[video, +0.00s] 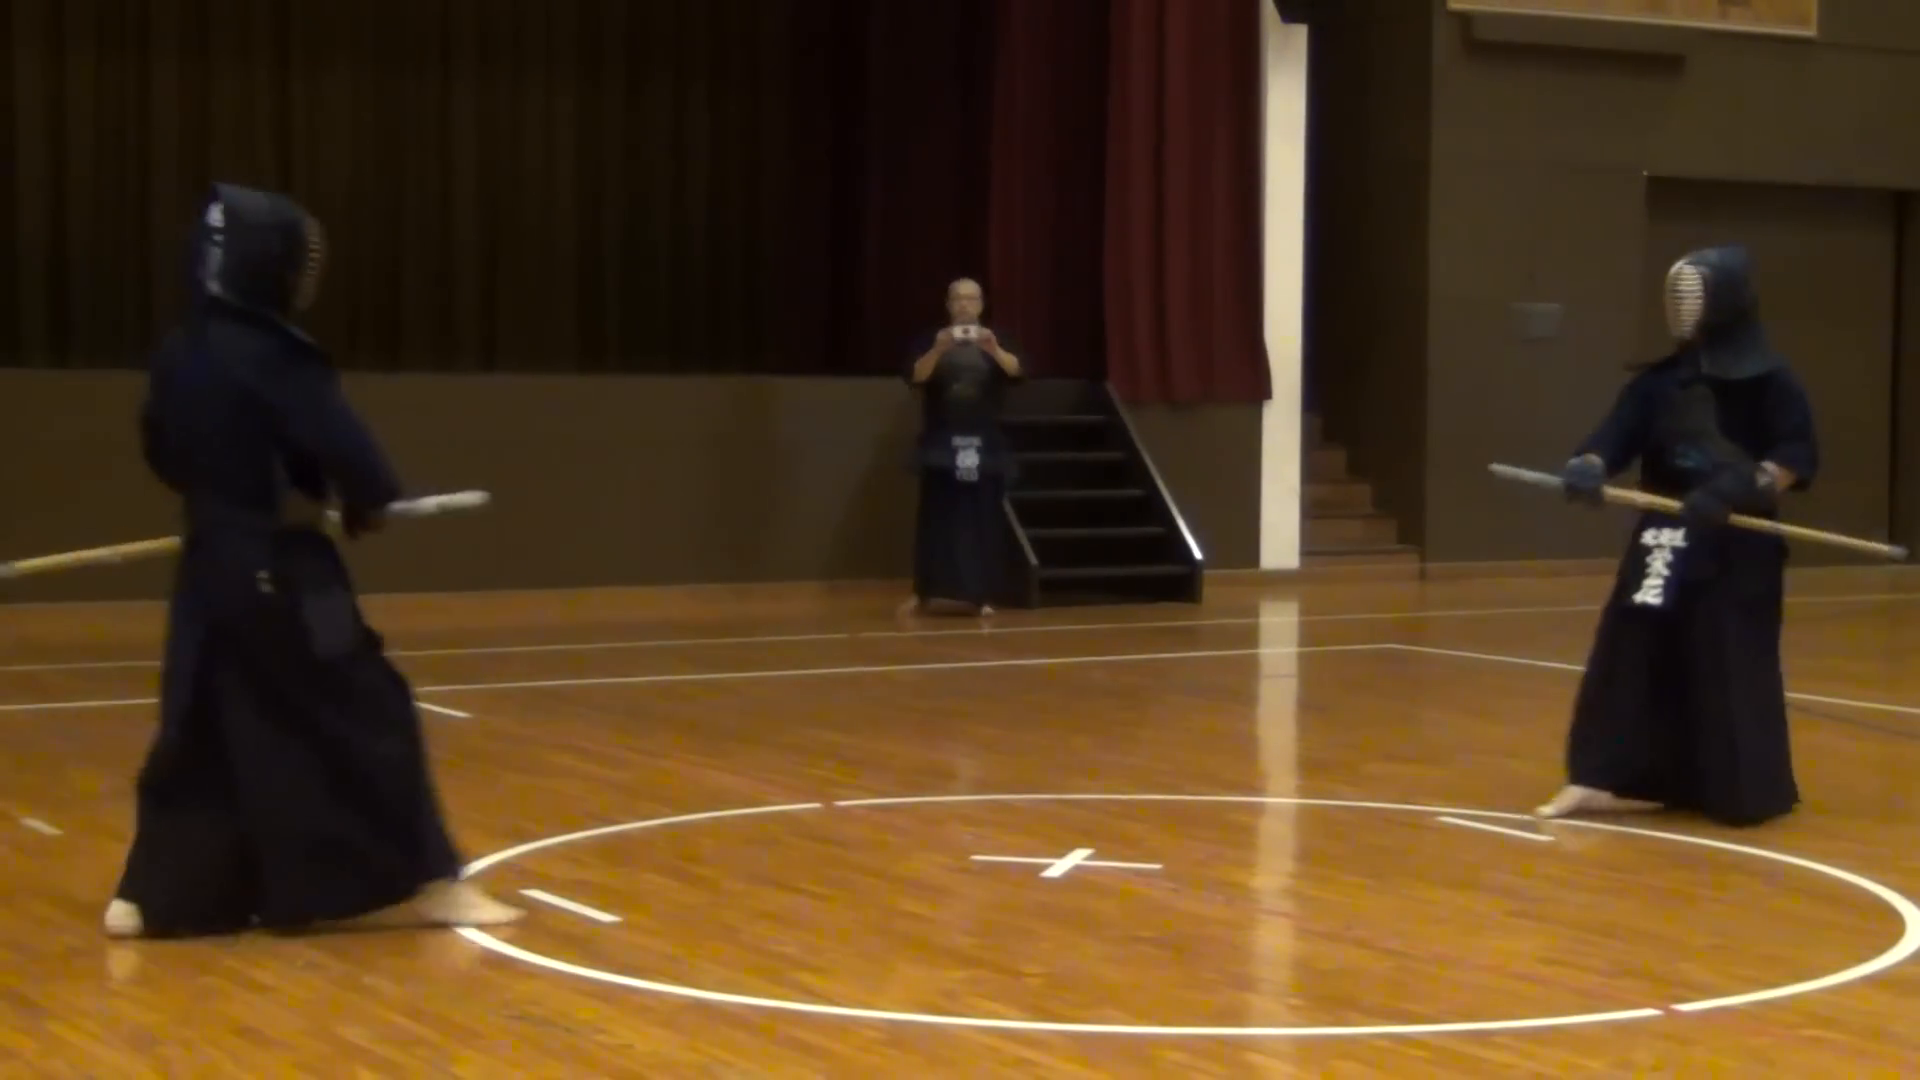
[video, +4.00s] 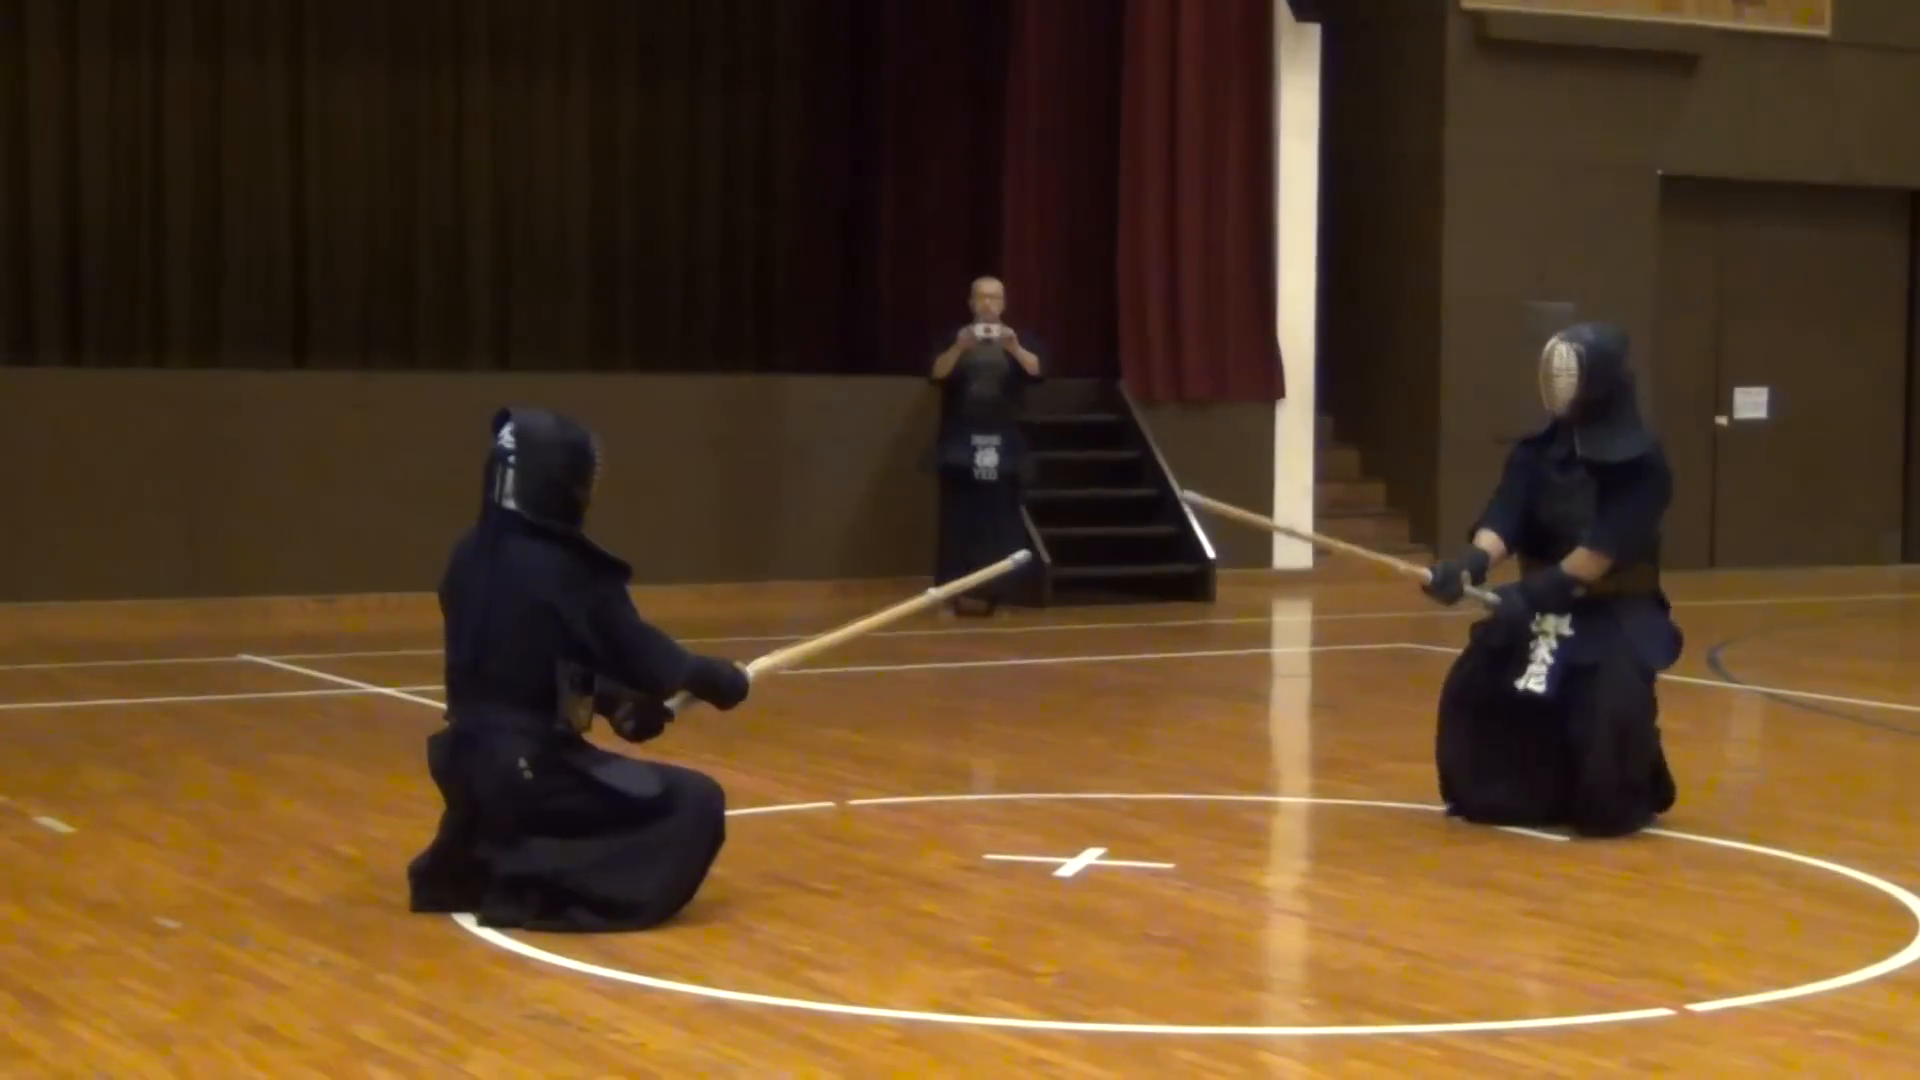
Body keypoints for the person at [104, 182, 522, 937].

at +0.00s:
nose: (315, 278)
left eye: (314, 262)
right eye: (306, 263)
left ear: (226, 266)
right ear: (274, 269)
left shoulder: (185, 350)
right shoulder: (282, 360)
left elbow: (166, 455)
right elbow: (356, 460)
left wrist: (255, 492)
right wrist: (368, 504)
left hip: (210, 567)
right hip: (284, 571)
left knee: (202, 725)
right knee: (375, 706)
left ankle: (143, 892)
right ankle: (437, 879)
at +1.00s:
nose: (582, 268)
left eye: (581, 253)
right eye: (576, 254)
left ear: (504, 248)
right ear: (550, 257)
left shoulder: (455, 320)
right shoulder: (539, 327)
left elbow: (520, 428)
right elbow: (629, 398)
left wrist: (616, 452)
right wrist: (699, 384)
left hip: (434, 532)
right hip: (495, 539)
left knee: (446, 701)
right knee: (513, 705)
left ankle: (445, 872)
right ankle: (500, 879)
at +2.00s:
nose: (586, 482)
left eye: (582, 467)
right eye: (579, 468)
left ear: (505, 465)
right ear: (565, 476)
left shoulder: (465, 547)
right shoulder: (560, 553)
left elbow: (548, 633)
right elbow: (639, 622)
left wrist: (639, 644)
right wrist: (707, 589)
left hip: (449, 756)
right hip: (518, 768)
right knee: (674, 803)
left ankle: (442, 865)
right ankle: (520, 882)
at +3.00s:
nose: (583, 493)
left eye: (581, 479)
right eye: (577, 480)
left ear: (500, 478)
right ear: (555, 485)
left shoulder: (466, 558)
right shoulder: (564, 572)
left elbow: (528, 653)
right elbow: (635, 658)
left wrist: (605, 693)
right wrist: (704, 672)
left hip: (463, 763)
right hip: (532, 775)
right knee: (696, 806)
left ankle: (455, 869)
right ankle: (540, 884)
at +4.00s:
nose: (587, 492)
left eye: (586, 478)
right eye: (581, 478)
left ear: (504, 476)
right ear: (560, 485)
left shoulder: (470, 553)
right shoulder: (573, 570)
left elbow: (529, 652)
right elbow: (639, 653)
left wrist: (609, 696)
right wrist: (711, 677)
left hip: (460, 762)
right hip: (531, 774)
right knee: (694, 803)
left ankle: (452, 870)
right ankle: (541, 885)